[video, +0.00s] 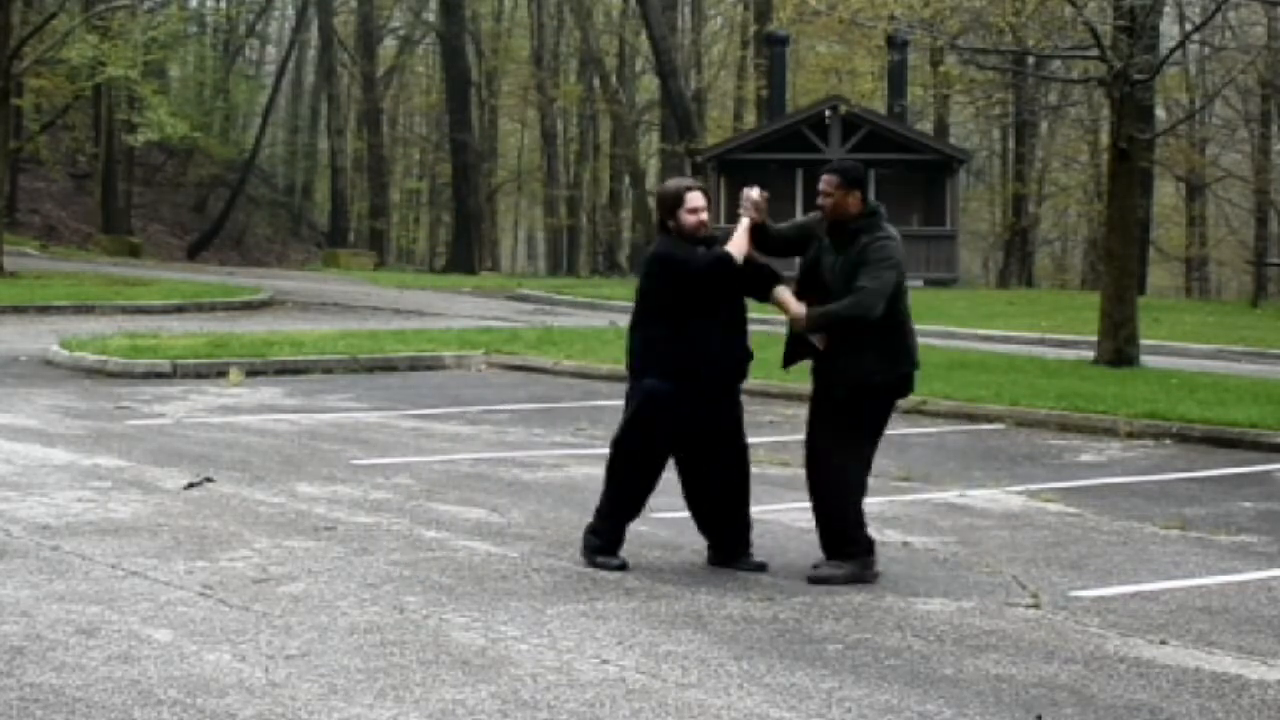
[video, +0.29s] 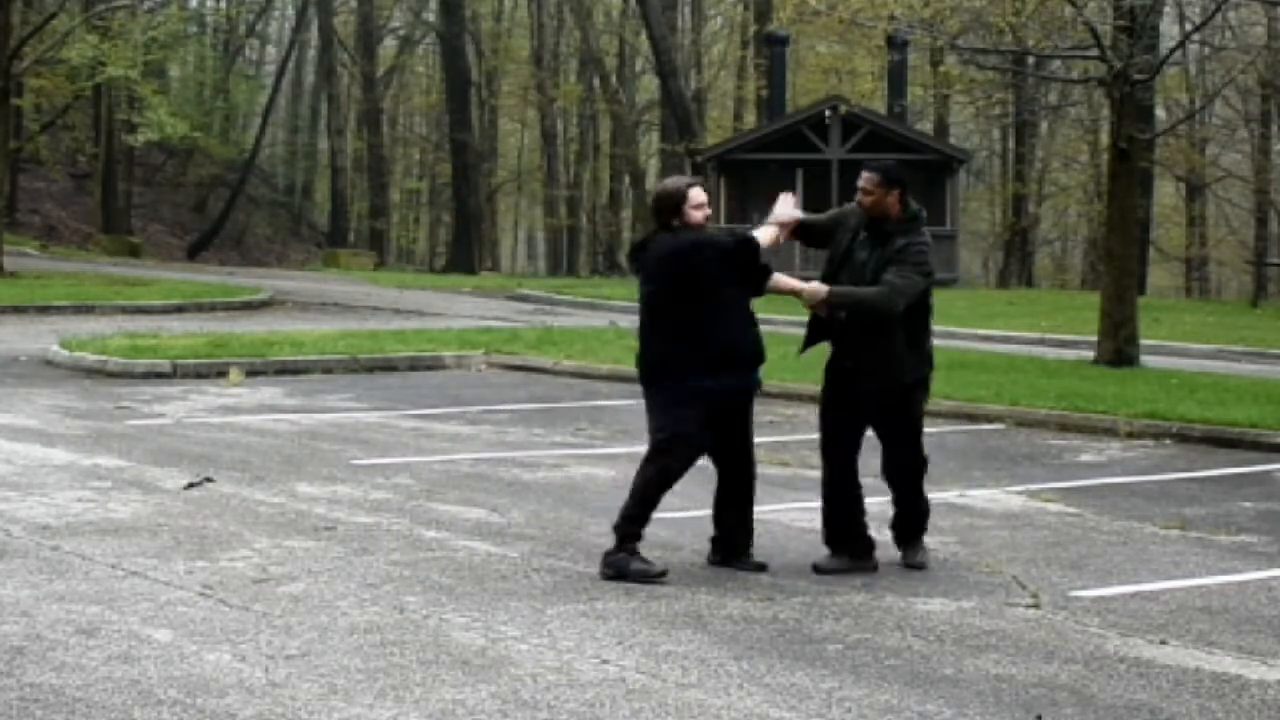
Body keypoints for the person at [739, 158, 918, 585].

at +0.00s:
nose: (820, 202)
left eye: (828, 196)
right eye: (819, 195)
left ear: (855, 198)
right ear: (825, 197)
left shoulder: (881, 243)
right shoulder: (822, 227)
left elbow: (867, 303)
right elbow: (777, 244)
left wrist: (809, 316)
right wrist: (756, 221)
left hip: (876, 371)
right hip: (835, 365)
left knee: (842, 460)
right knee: (820, 460)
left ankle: (856, 557)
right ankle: (839, 554)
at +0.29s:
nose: (860, 199)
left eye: (868, 194)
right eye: (859, 191)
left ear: (894, 197)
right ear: (861, 192)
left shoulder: (913, 245)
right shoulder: (851, 219)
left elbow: (892, 298)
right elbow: (817, 230)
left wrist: (829, 295)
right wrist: (790, 222)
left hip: (898, 369)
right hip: (848, 361)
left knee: (902, 462)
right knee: (837, 459)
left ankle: (911, 540)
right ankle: (850, 549)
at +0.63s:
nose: (865, 201)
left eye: (875, 195)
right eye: (863, 193)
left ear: (899, 202)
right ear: (859, 195)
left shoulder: (921, 248)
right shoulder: (839, 232)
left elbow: (922, 304)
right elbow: (770, 239)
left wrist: (861, 315)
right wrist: (784, 260)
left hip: (902, 381)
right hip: (843, 377)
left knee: (904, 464)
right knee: (820, 459)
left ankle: (903, 544)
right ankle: (793, 546)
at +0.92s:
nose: (828, 200)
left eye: (838, 194)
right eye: (824, 192)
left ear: (858, 200)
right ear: (818, 196)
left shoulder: (876, 239)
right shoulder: (803, 233)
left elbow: (919, 283)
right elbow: (779, 258)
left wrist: (875, 270)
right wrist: (841, 271)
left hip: (868, 373)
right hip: (810, 373)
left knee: (902, 449)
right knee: (790, 454)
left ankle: (882, 541)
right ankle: (763, 554)